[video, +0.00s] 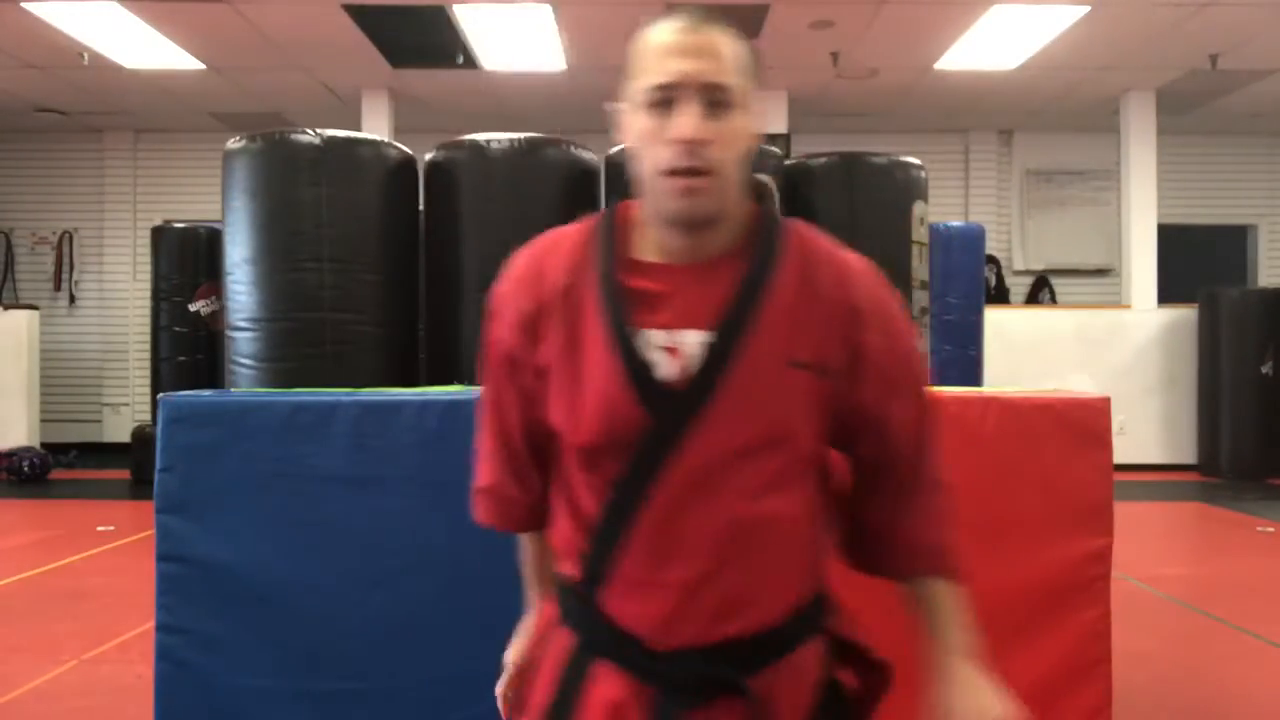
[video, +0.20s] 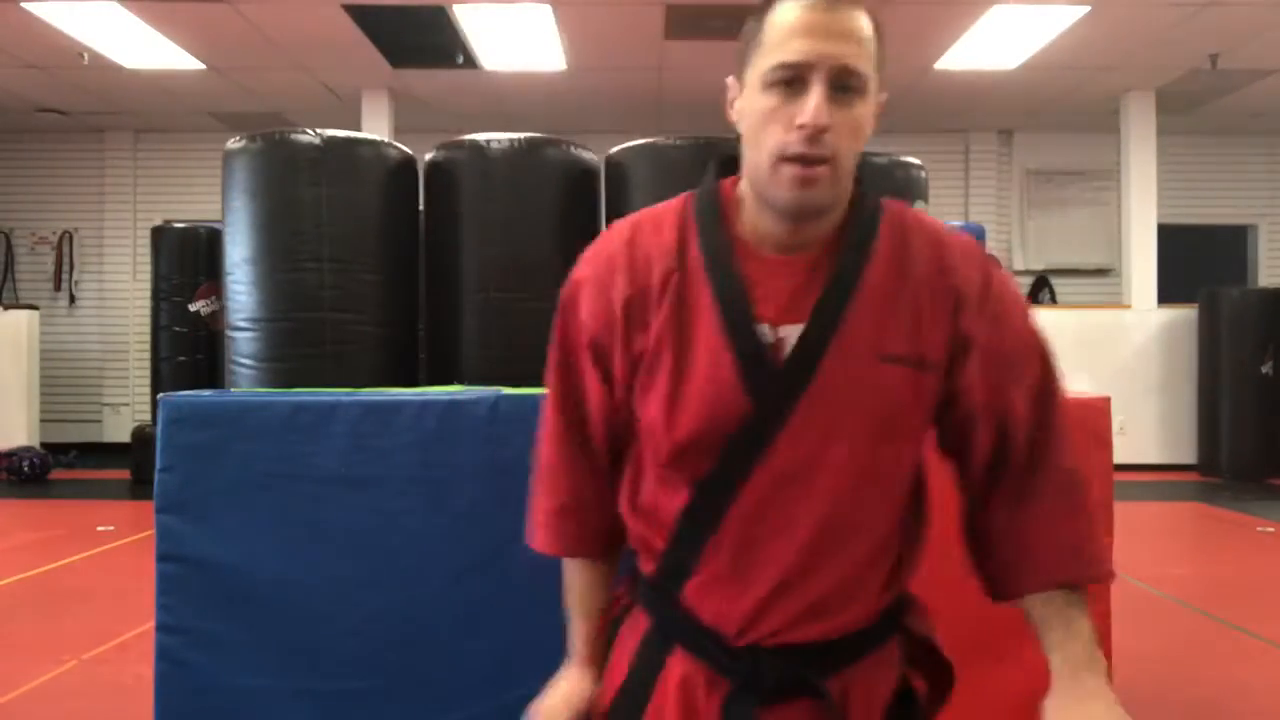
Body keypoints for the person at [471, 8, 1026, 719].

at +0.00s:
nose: (688, 130)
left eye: (716, 104)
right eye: (662, 104)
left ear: (755, 126)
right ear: (623, 126)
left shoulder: (841, 293)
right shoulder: (541, 283)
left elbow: (907, 490)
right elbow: (523, 466)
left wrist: (958, 662)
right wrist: (540, 608)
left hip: (773, 685)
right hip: (591, 679)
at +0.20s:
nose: (814, 116)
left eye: (845, 88)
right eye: (787, 83)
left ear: (875, 114)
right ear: (736, 102)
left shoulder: (952, 280)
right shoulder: (623, 270)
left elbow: (1022, 480)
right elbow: (582, 475)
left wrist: (1079, 672)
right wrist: (580, 662)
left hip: (859, 684)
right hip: (668, 675)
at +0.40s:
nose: (801, 99)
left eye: (832, 67)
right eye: (774, 66)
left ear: (871, 89)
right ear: (730, 87)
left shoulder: (981, 264)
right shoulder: (650, 257)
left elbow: (1042, 481)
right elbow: (628, 466)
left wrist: (1030, 682)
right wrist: (618, 641)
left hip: (891, 687)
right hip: (693, 680)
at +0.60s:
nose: (746, 116)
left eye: (778, 82)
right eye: (719, 85)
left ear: (826, 97)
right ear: (681, 108)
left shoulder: (955, 268)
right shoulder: (641, 269)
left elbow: (1034, 486)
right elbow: (636, 468)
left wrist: (1018, 688)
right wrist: (613, 618)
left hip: (872, 689)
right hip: (678, 677)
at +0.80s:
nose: (685, 131)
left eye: (714, 99)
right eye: (658, 102)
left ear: (759, 116)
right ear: (624, 122)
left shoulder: (869, 271)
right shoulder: (586, 288)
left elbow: (924, 472)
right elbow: (537, 489)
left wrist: (888, 645)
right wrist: (484, 653)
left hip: (819, 678)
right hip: (639, 674)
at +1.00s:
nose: (606, 150)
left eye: (635, 118)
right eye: (583, 119)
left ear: (677, 124)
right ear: (550, 126)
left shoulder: (769, 253)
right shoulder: (517, 250)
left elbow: (819, 454)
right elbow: (440, 440)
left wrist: (713, 353)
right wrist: (426, 346)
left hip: (739, 655)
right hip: (581, 649)